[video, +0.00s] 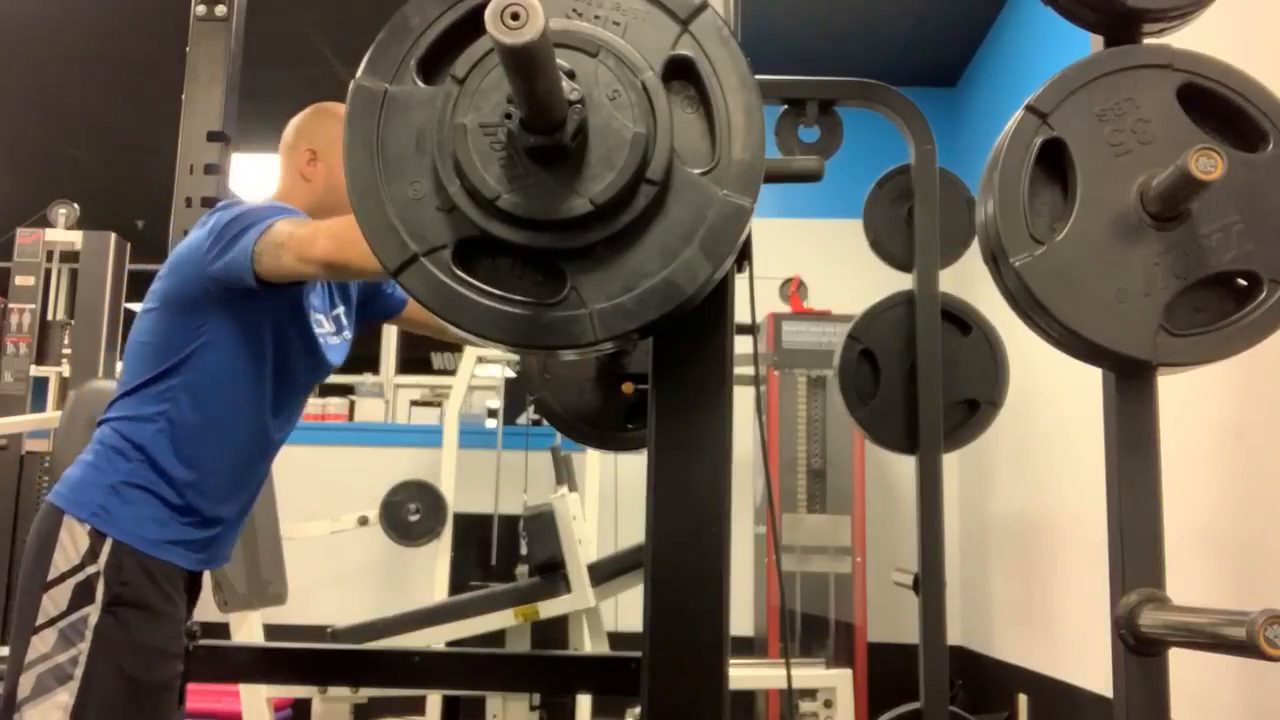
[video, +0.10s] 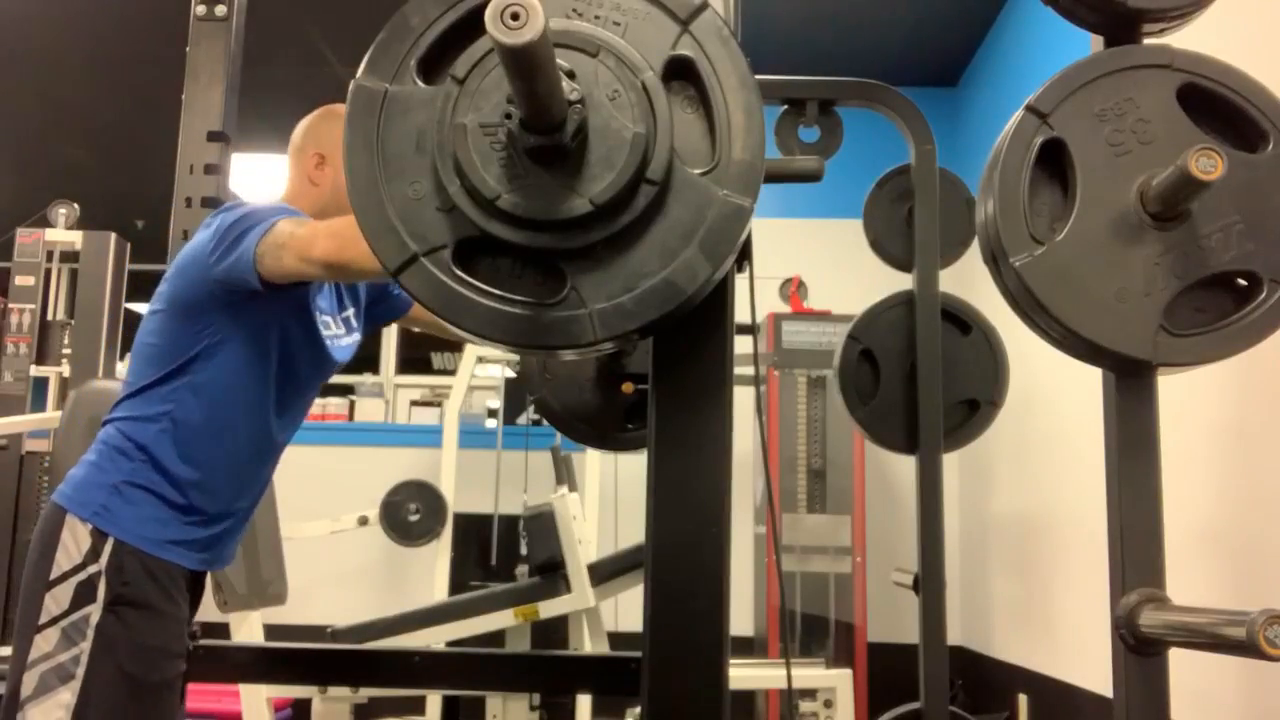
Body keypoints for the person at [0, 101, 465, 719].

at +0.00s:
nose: (370, 184)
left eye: (374, 169)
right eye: (360, 165)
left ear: (308, 166)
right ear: (309, 162)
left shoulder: (346, 273)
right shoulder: (234, 229)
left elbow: (452, 315)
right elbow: (330, 247)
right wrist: (459, 191)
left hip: (172, 558)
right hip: (110, 544)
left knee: (141, 709)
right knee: (75, 713)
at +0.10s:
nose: (377, 184)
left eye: (380, 170)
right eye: (366, 166)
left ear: (320, 169)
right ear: (317, 165)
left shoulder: (355, 277)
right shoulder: (237, 231)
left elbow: (457, 309)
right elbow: (329, 247)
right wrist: (459, 194)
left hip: (177, 558)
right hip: (112, 543)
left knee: (138, 707)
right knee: (73, 711)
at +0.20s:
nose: (376, 187)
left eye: (380, 172)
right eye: (365, 170)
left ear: (321, 171)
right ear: (318, 167)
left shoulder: (357, 274)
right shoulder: (236, 233)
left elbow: (454, 308)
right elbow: (328, 236)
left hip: (181, 558)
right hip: (114, 543)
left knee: (138, 707)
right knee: (75, 711)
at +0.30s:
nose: (375, 185)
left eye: (377, 171)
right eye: (366, 170)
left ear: (319, 172)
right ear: (318, 169)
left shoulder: (351, 272)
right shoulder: (234, 234)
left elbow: (448, 286)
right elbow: (326, 228)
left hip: (178, 557)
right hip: (110, 546)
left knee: (140, 708)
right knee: (85, 711)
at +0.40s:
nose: (368, 195)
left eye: (371, 180)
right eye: (360, 177)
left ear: (318, 180)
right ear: (312, 175)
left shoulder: (343, 281)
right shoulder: (229, 242)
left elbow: (440, 252)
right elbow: (330, 213)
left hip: (164, 561)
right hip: (101, 550)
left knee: (146, 709)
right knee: (85, 712)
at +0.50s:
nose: (375, 223)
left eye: (378, 202)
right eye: (361, 193)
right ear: (315, 184)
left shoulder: (334, 281)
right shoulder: (232, 241)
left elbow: (429, 262)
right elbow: (324, 197)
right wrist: (420, 168)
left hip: (160, 556)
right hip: (95, 545)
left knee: (148, 708)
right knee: (94, 711)